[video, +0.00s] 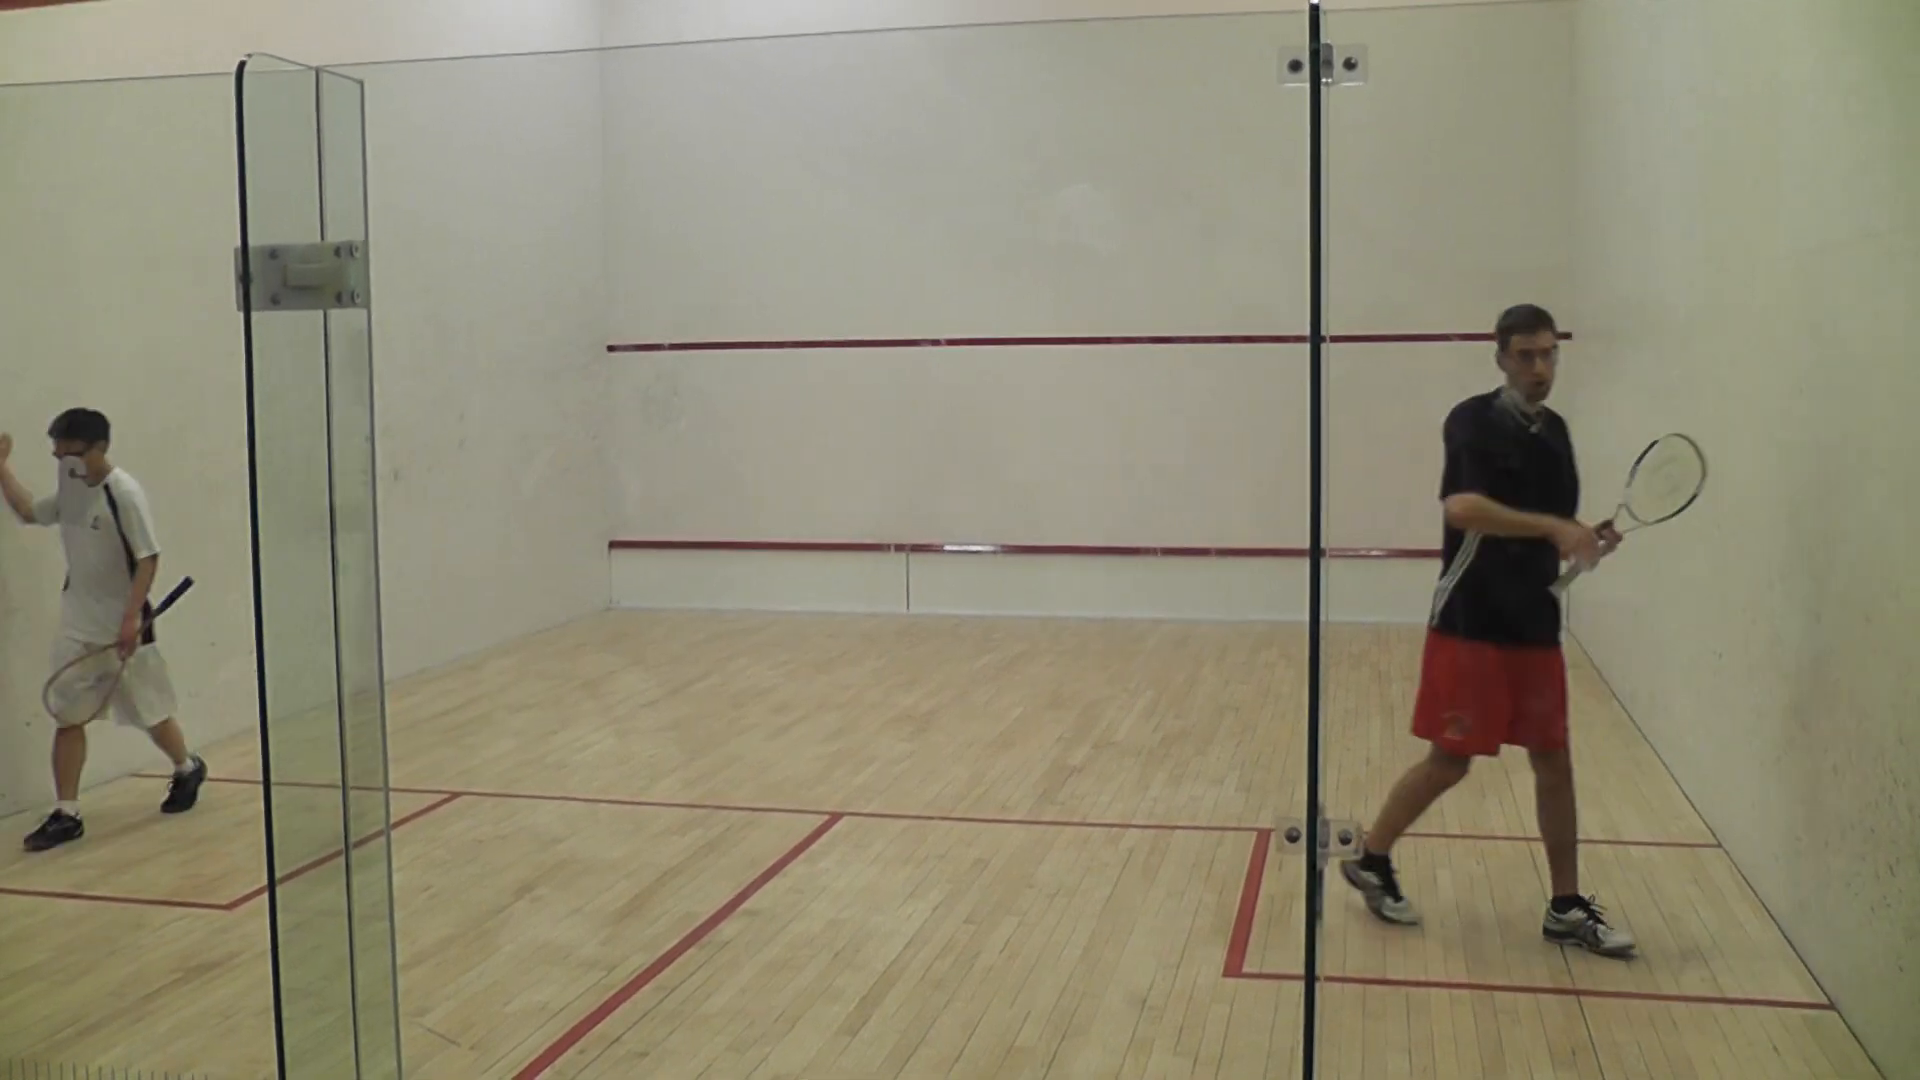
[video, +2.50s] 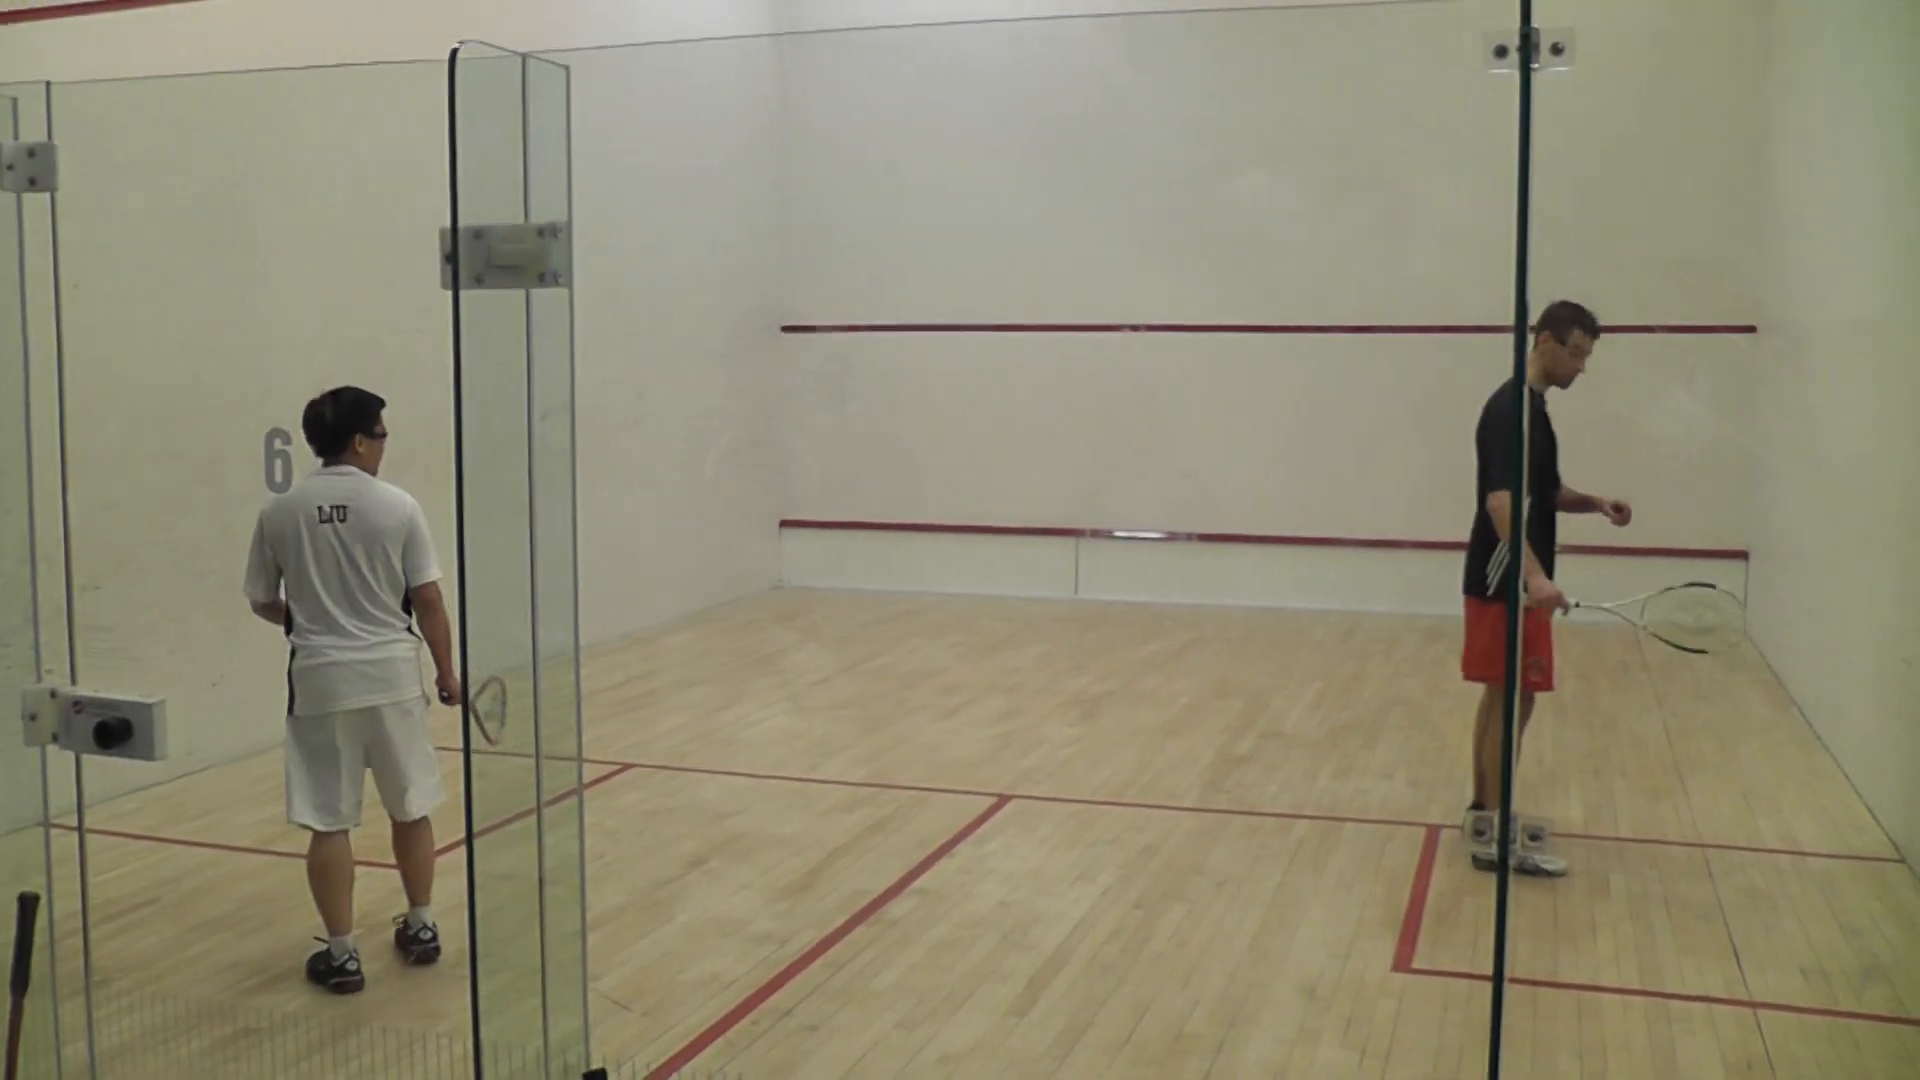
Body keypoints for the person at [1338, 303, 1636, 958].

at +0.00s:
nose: (1539, 366)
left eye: (1547, 355)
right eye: (1525, 356)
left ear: (1557, 356)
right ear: (1501, 358)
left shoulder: (1554, 432)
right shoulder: (1473, 420)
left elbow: (1541, 534)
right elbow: (1461, 508)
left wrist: (1580, 542)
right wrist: (1555, 529)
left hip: (1533, 624)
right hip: (1470, 624)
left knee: (1553, 761)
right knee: (1449, 761)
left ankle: (1567, 904)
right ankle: (1369, 856)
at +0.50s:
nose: (1437, 350)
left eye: (1444, 340)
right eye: (1424, 341)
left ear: (1452, 347)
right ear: (1397, 349)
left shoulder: (1437, 414)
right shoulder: (1379, 419)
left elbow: (1414, 495)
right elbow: (1348, 514)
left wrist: (1449, 526)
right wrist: (1382, 600)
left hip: (1415, 605)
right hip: (1375, 608)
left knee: (1417, 721)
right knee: (1377, 730)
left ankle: (1366, 836)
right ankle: (1351, 875)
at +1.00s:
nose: (1441, 398)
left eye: (1447, 388)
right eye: (1443, 384)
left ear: (1420, 367)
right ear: (1421, 366)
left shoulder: (1377, 417)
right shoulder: (1361, 413)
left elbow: (1377, 501)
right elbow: (1321, 497)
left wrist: (1428, 546)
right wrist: (1319, 575)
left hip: (1336, 589)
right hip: (1341, 594)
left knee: (1310, 703)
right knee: (1353, 715)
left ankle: (1298, 824)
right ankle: (1343, 852)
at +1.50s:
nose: (1465, 380)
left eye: (1470, 369)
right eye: (1465, 366)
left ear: (1430, 349)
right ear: (1443, 351)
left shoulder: (1373, 397)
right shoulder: (1401, 410)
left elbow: (1341, 480)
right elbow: (1396, 512)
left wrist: (1355, 546)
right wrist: (1423, 591)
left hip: (1348, 576)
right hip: (1376, 582)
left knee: (1347, 694)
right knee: (1372, 700)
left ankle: (1340, 813)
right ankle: (1354, 829)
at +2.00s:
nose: (1494, 370)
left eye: (1498, 358)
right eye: (1495, 356)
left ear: (1459, 340)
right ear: (1473, 342)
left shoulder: (1411, 393)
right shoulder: (1435, 404)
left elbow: (1408, 497)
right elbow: (1429, 505)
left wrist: (1430, 575)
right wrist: (1442, 583)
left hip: (1394, 569)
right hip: (1419, 577)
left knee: (1394, 685)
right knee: (1433, 690)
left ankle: (1370, 807)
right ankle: (1413, 819)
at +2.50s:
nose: (1583, 367)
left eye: (1586, 356)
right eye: (1579, 354)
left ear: (1554, 348)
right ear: (1547, 343)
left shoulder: (1533, 407)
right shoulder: (1510, 408)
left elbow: (1544, 493)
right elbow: (1500, 504)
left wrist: (1597, 503)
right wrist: (1534, 573)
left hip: (1516, 584)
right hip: (1504, 585)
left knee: (1503, 697)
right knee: (1515, 702)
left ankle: (1485, 815)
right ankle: (1496, 833)